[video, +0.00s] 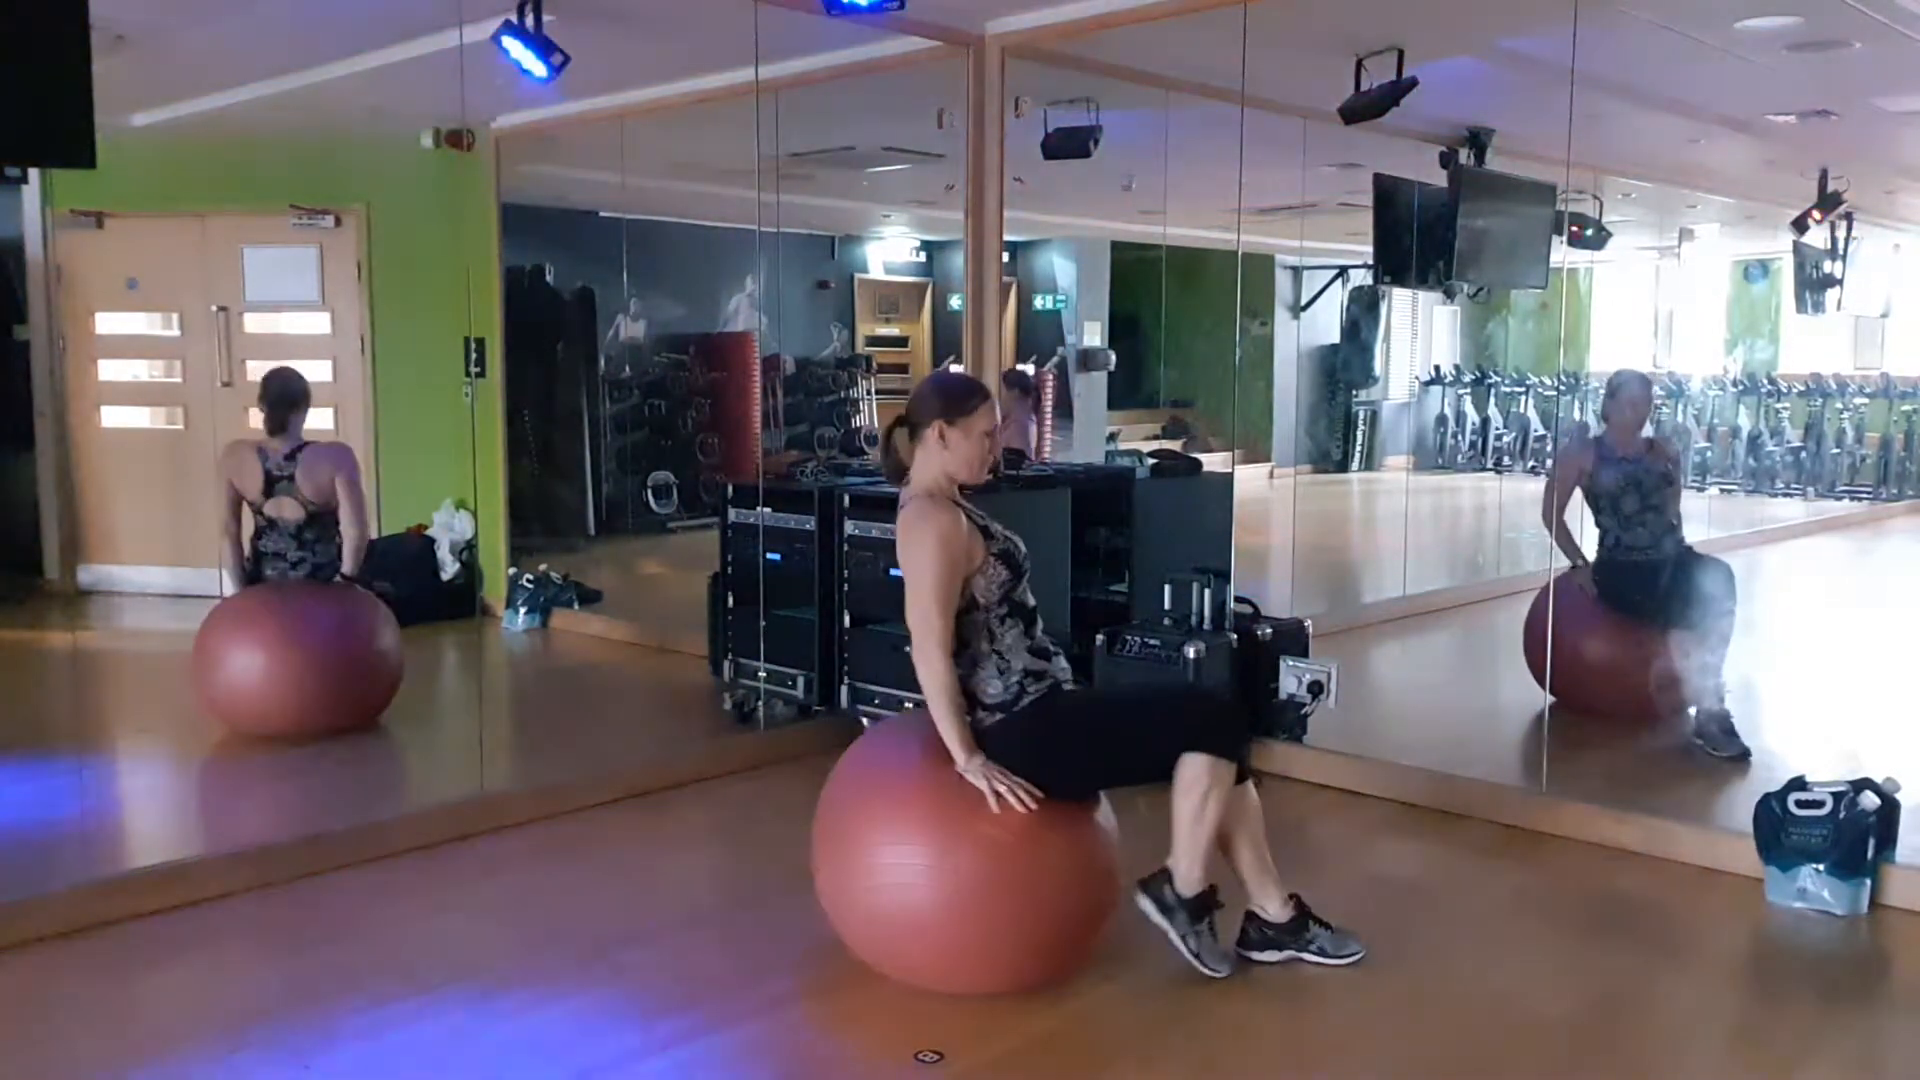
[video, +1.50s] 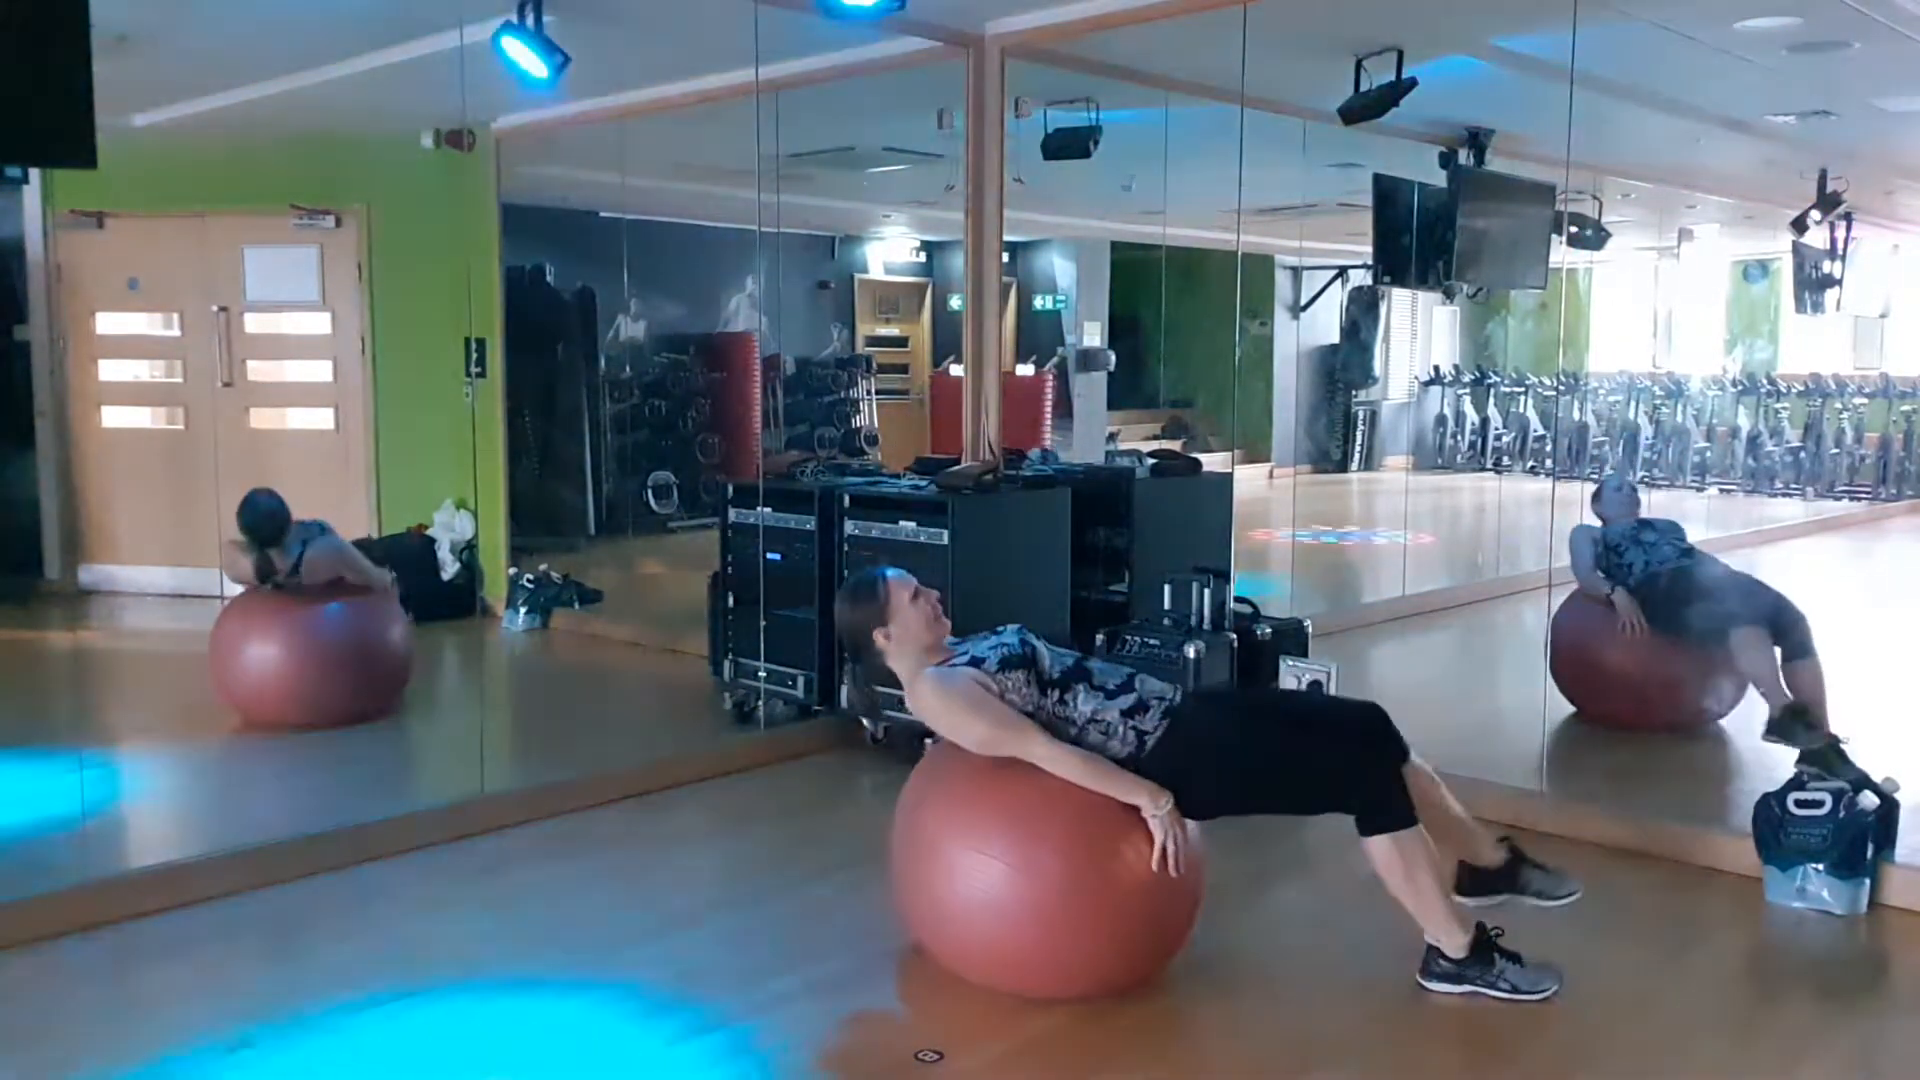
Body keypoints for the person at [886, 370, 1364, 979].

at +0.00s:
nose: (996, 448)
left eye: (995, 435)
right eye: (985, 435)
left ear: (945, 437)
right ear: (938, 435)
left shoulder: (947, 511)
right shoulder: (932, 522)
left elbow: (964, 634)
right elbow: (930, 649)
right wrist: (966, 755)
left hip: (1044, 711)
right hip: (1020, 730)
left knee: (1218, 740)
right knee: (1209, 719)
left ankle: (1273, 915)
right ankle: (1184, 888)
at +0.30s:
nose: (988, 475)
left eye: (990, 462)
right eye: (979, 462)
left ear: (929, 463)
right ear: (932, 462)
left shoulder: (948, 532)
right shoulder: (938, 545)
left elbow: (989, 654)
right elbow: (958, 668)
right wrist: (1018, 772)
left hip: (1074, 717)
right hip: (1060, 733)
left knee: (1245, 729)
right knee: (1259, 724)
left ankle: (1274, 921)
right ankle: (1358, 895)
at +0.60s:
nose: (987, 501)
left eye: (986, 487)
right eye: (976, 488)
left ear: (936, 495)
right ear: (933, 493)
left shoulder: (954, 562)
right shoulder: (945, 574)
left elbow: (1019, 668)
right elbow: (987, 696)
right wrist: (1068, 782)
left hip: (1105, 717)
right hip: (1090, 739)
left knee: (1281, 733)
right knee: (1286, 758)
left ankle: (1276, 921)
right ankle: (1438, 911)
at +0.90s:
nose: (969, 548)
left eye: (966, 534)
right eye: (954, 538)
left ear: (926, 550)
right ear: (908, 554)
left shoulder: (960, 608)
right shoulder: (936, 628)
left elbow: (1044, 690)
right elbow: (1008, 733)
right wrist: (1102, 791)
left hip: (1133, 719)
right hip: (1114, 747)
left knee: (1319, 742)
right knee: (1305, 785)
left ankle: (1281, 919)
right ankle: (1450, 946)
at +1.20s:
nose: (942, 572)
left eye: (937, 560)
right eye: (925, 566)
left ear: (914, 586)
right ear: (885, 597)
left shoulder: (955, 638)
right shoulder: (933, 668)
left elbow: (1048, 695)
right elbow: (1025, 740)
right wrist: (1128, 789)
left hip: (1165, 703)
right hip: (1151, 748)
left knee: (1347, 700)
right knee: (1344, 781)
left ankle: (1332, 870)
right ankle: (1454, 947)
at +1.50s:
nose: (930, 593)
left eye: (920, 585)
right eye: (912, 595)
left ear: (907, 618)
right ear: (888, 631)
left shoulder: (968, 656)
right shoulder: (937, 688)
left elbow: (1074, 691)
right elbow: (1032, 746)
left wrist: (1180, 708)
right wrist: (1142, 793)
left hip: (1185, 715)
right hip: (1165, 754)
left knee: (1372, 729)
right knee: (1365, 772)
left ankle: (1481, 863)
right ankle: (1451, 951)